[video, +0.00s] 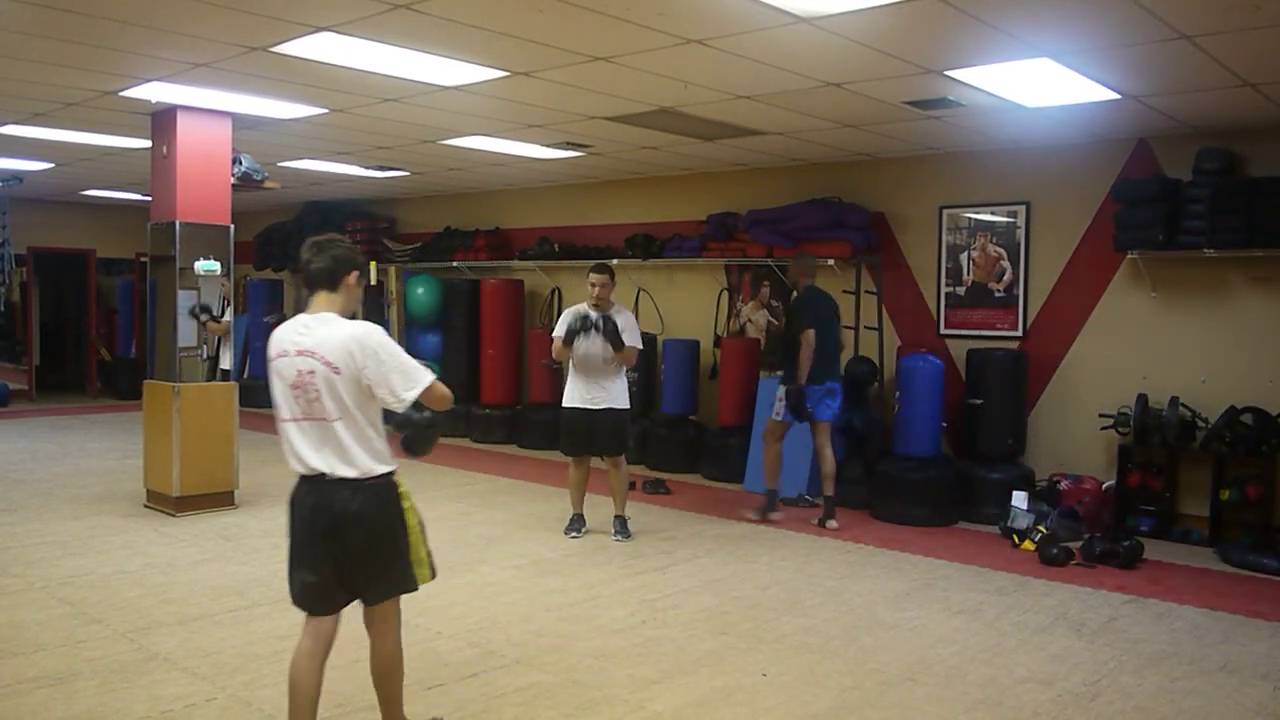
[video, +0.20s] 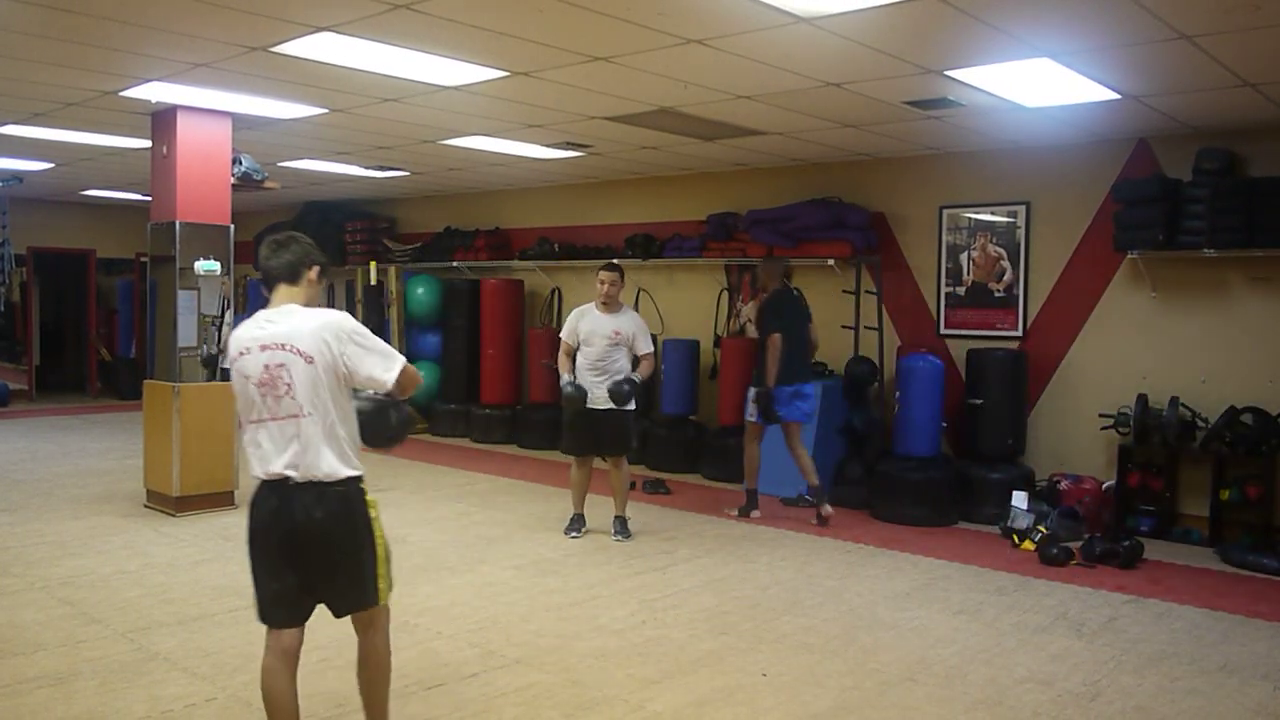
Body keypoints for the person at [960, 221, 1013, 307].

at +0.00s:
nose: (983, 240)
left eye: (986, 236)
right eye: (980, 236)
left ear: (990, 237)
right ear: (976, 237)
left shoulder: (999, 252)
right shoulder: (971, 253)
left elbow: (1009, 271)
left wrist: (1001, 286)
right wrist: (967, 277)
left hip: (990, 287)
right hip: (974, 286)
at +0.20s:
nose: (982, 241)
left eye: (986, 237)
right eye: (980, 236)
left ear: (990, 237)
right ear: (976, 237)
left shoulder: (999, 253)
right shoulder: (970, 253)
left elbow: (1009, 272)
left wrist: (1000, 286)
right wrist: (967, 277)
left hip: (990, 288)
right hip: (974, 286)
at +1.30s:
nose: (983, 241)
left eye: (986, 236)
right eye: (980, 236)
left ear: (990, 237)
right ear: (976, 237)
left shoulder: (999, 253)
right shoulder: (971, 252)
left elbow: (1009, 272)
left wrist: (1000, 286)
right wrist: (967, 277)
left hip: (989, 288)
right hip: (974, 287)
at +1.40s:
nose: (983, 241)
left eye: (986, 236)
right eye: (980, 236)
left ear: (990, 237)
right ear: (976, 237)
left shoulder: (999, 253)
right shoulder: (971, 252)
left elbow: (1009, 272)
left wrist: (1000, 286)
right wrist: (967, 277)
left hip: (989, 288)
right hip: (974, 287)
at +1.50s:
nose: (982, 241)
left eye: (986, 237)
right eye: (980, 237)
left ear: (990, 237)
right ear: (976, 237)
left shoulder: (999, 253)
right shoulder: (971, 252)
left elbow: (1009, 272)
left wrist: (1000, 286)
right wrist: (967, 277)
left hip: (989, 288)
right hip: (974, 287)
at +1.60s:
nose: (982, 241)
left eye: (986, 237)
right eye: (980, 237)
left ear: (990, 237)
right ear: (976, 237)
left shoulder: (999, 253)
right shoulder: (971, 252)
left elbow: (1009, 272)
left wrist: (1000, 286)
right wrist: (967, 277)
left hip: (989, 288)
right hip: (974, 287)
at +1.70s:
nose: (982, 241)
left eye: (986, 237)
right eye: (980, 237)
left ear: (990, 237)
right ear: (976, 237)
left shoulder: (999, 253)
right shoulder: (971, 252)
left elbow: (1009, 272)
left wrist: (1000, 286)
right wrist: (967, 277)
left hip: (989, 288)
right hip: (974, 287)